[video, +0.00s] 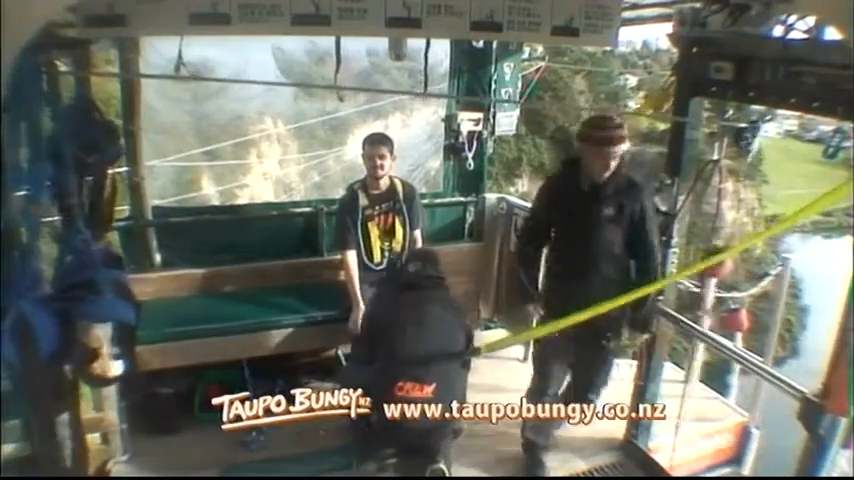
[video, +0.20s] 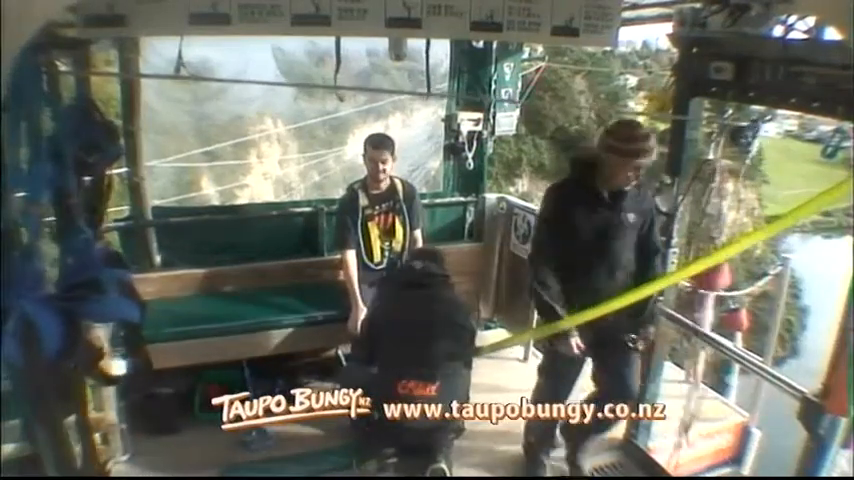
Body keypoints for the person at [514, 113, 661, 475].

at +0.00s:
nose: (612, 158)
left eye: (617, 151)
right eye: (604, 150)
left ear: (623, 152)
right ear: (584, 149)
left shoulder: (632, 193)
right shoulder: (558, 187)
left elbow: (648, 254)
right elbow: (530, 241)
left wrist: (645, 308)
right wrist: (528, 294)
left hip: (608, 305)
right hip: (561, 300)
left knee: (588, 389)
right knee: (547, 383)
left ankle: (545, 422)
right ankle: (533, 449)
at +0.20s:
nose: (637, 172)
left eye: (641, 165)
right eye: (631, 164)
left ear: (643, 163)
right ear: (608, 157)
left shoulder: (644, 203)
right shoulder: (564, 195)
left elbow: (652, 267)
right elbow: (541, 265)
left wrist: (646, 321)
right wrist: (559, 324)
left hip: (618, 318)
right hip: (569, 315)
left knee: (622, 394)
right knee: (554, 392)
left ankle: (576, 434)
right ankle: (536, 449)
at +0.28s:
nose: (652, 186)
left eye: (658, 180)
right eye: (647, 177)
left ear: (662, 176)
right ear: (624, 164)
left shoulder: (652, 212)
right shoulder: (577, 201)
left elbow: (653, 273)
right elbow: (557, 275)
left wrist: (648, 325)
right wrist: (576, 334)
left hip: (620, 321)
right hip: (575, 316)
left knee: (630, 402)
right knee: (559, 389)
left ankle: (598, 468)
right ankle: (537, 456)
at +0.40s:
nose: (676, 202)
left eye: (683, 197)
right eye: (674, 192)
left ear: (685, 195)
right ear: (655, 176)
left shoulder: (664, 215)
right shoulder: (602, 211)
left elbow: (656, 281)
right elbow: (584, 295)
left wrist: (652, 335)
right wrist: (613, 360)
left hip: (631, 335)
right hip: (586, 329)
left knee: (631, 431)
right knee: (562, 397)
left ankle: (640, 470)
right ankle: (538, 450)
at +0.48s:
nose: (696, 213)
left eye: (703, 208)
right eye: (697, 203)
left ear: (701, 201)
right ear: (680, 187)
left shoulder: (669, 222)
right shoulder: (621, 214)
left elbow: (659, 292)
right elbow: (597, 303)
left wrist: (661, 343)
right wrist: (628, 364)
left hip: (639, 347)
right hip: (597, 339)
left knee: (641, 449)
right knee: (572, 403)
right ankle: (538, 449)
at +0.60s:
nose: (732, 237)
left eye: (740, 232)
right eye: (737, 226)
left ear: (726, 211)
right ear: (723, 204)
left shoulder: (698, 238)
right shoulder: (656, 215)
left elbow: (683, 306)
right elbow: (618, 293)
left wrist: (690, 356)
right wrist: (631, 366)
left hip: (664, 360)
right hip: (620, 350)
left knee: (656, 458)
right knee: (591, 432)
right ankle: (546, 448)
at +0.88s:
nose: (798, 263)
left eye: (806, 260)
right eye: (802, 253)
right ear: (789, 226)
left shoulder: (780, 272)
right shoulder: (712, 231)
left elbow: (769, 346)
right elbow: (647, 276)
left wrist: (751, 409)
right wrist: (602, 325)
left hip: (718, 394)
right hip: (669, 380)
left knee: (700, 467)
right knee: (679, 466)